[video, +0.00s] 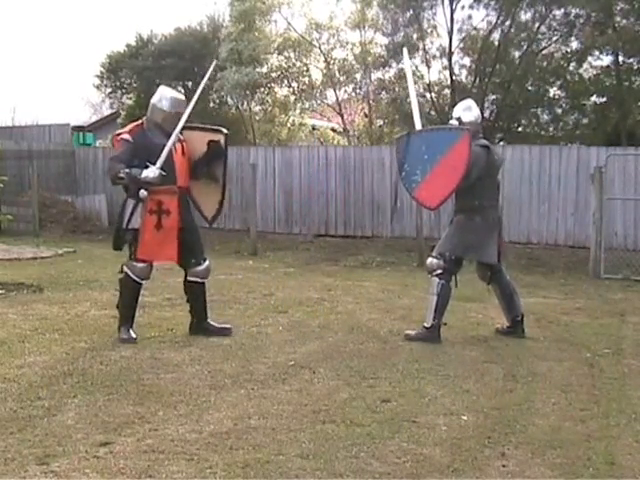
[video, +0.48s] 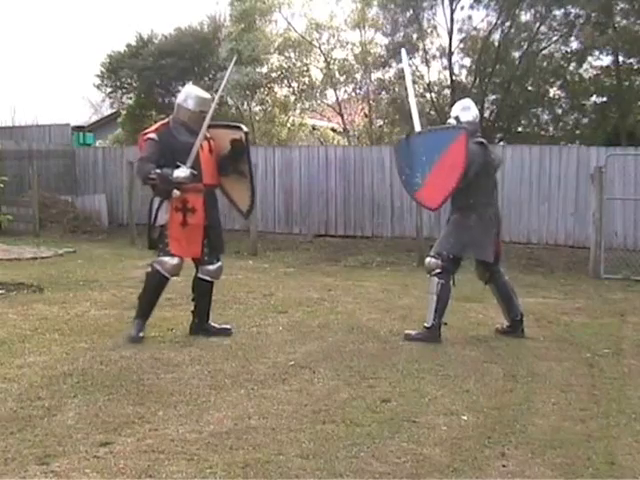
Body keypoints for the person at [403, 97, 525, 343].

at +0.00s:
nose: (455, 128)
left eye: (458, 123)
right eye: (456, 123)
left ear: (464, 124)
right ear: (478, 124)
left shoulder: (471, 152)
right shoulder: (490, 151)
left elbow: (455, 180)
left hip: (469, 220)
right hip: (489, 219)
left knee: (442, 267)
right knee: (491, 269)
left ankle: (432, 327)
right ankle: (516, 322)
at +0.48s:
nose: (452, 126)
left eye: (454, 122)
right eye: (453, 122)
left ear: (460, 123)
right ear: (476, 122)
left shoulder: (466, 150)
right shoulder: (487, 149)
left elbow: (451, 181)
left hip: (465, 219)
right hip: (487, 219)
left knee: (442, 268)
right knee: (489, 270)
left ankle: (433, 327)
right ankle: (515, 322)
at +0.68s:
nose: (451, 136)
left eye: (453, 132)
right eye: (453, 132)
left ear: (459, 133)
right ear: (480, 133)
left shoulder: (461, 157)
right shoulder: (494, 159)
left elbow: (457, 196)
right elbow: (505, 203)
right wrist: (479, 198)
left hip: (459, 229)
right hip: (487, 231)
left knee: (421, 262)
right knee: (488, 276)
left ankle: (422, 322)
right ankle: (510, 322)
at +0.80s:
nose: (449, 145)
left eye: (451, 140)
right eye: (450, 140)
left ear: (458, 139)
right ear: (476, 140)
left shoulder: (459, 161)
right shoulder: (494, 165)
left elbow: (446, 197)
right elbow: (516, 200)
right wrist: (497, 214)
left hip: (454, 234)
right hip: (480, 236)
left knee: (410, 262)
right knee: (484, 280)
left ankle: (404, 317)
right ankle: (509, 323)